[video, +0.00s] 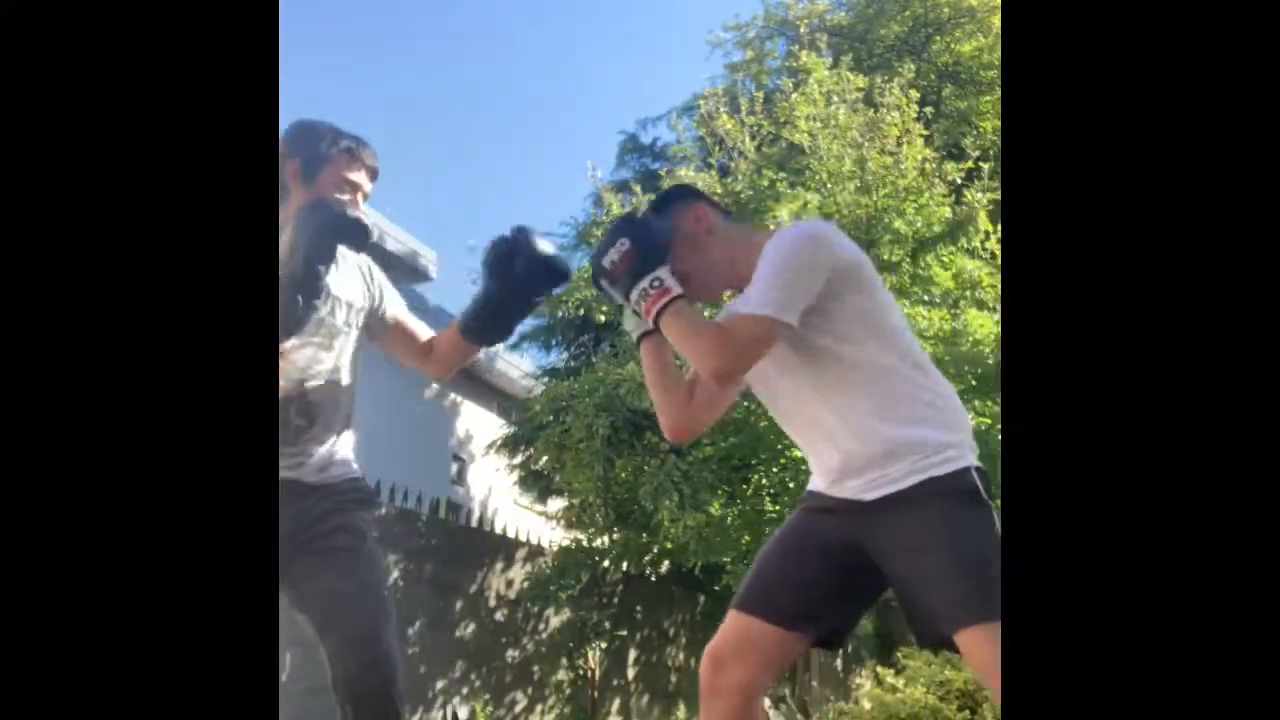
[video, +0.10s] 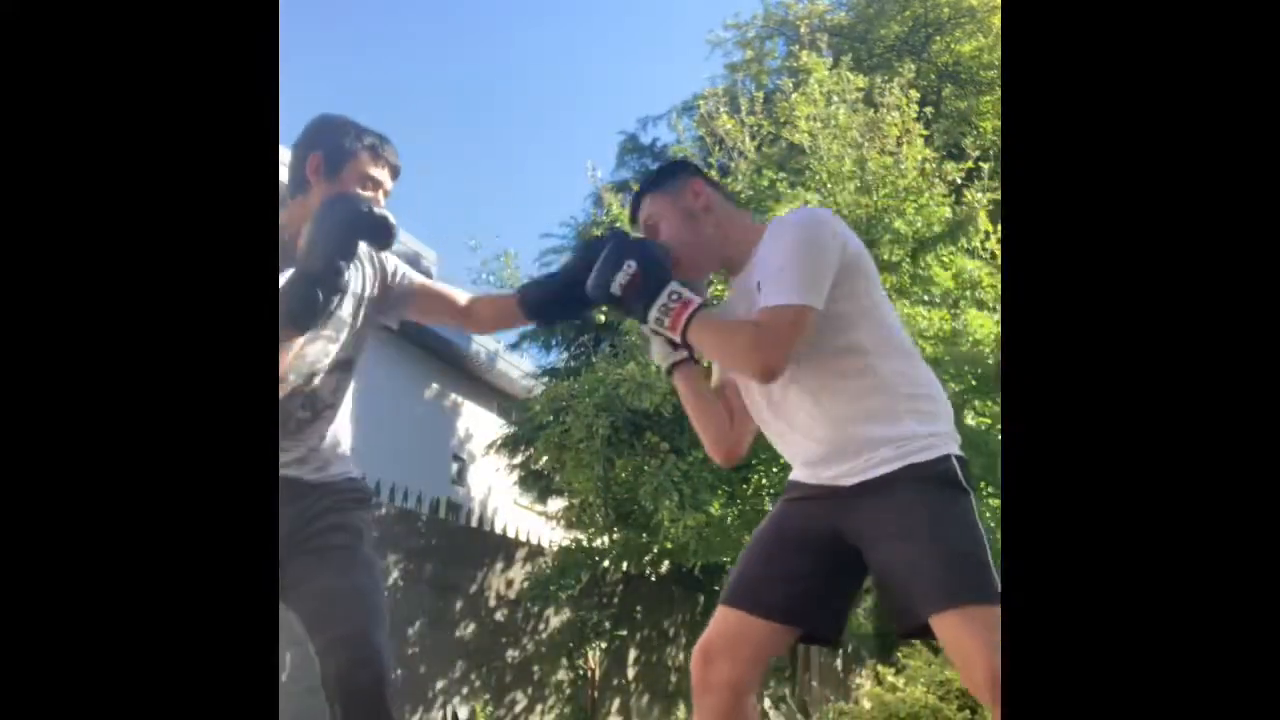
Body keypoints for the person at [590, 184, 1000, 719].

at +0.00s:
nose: (670, 280)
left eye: (667, 260)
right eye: (663, 274)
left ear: (701, 219)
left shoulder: (805, 244)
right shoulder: (740, 319)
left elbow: (721, 357)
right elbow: (680, 421)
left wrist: (652, 288)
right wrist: (643, 317)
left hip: (927, 484)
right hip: (836, 500)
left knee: (997, 669)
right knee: (728, 672)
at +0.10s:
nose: (655, 253)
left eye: (654, 229)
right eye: (648, 244)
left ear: (698, 195)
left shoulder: (806, 230)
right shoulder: (729, 315)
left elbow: (764, 354)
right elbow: (727, 445)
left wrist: (666, 302)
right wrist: (674, 352)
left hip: (908, 470)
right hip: (816, 490)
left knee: (991, 679)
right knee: (719, 667)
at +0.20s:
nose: (692, 203)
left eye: (697, 178)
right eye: (686, 191)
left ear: (747, 154)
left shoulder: (844, 211)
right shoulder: (760, 280)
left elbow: (815, 331)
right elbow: (782, 413)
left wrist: (712, 278)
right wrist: (726, 345)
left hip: (899, 470)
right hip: (804, 482)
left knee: (983, 681)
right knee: (712, 667)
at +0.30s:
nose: (765, 168)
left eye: (772, 146)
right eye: (760, 156)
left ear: (825, 127)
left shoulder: (913, 211)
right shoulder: (802, 249)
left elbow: (855, 325)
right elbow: (804, 354)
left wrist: (761, 255)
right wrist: (760, 319)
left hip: (911, 474)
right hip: (810, 475)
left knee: (982, 683)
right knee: (716, 665)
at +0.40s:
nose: (821, 147)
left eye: (833, 125)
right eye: (818, 135)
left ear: (892, 116)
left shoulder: (963, 221)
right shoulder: (831, 233)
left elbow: (897, 333)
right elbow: (829, 358)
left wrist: (805, 246)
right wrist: (787, 342)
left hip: (931, 474)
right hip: (826, 471)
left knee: (985, 673)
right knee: (725, 662)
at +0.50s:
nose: (853, 145)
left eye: (867, 123)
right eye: (850, 132)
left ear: (928, 116)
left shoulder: (987, 231)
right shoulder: (843, 224)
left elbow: (941, 356)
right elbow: (835, 339)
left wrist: (848, 268)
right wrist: (804, 346)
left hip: (943, 472)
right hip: (834, 467)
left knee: (995, 660)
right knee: (741, 661)